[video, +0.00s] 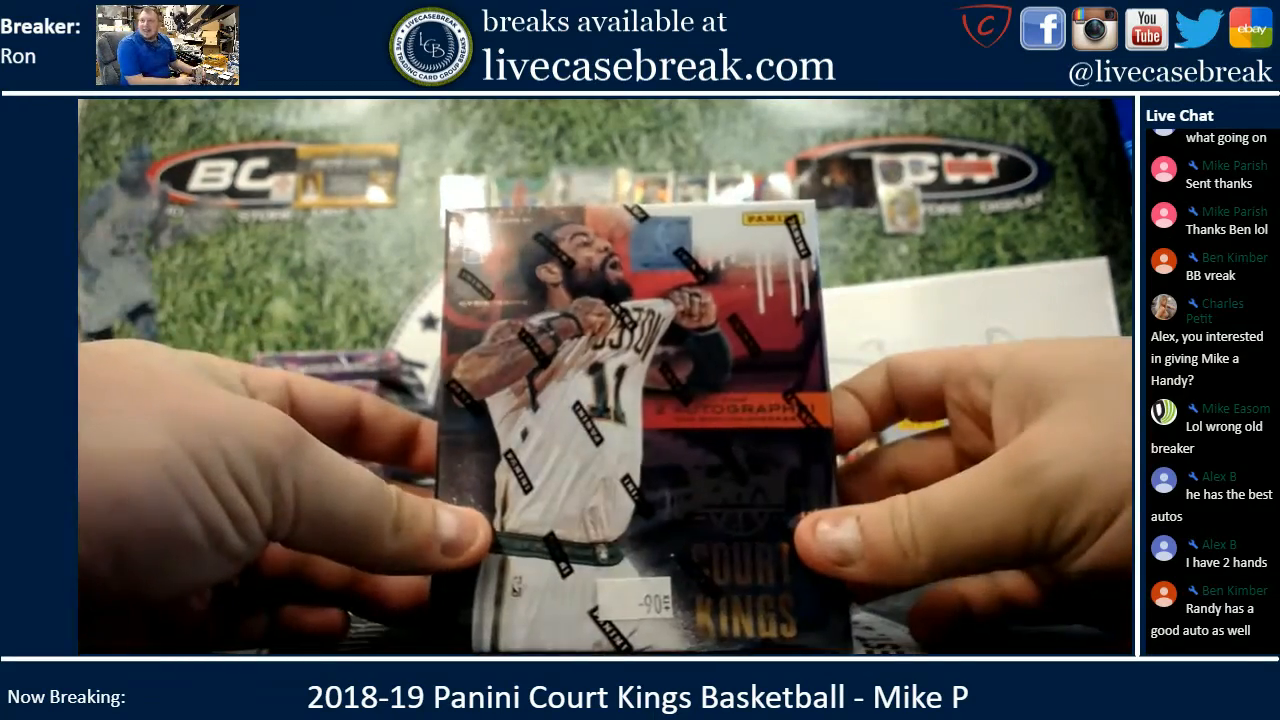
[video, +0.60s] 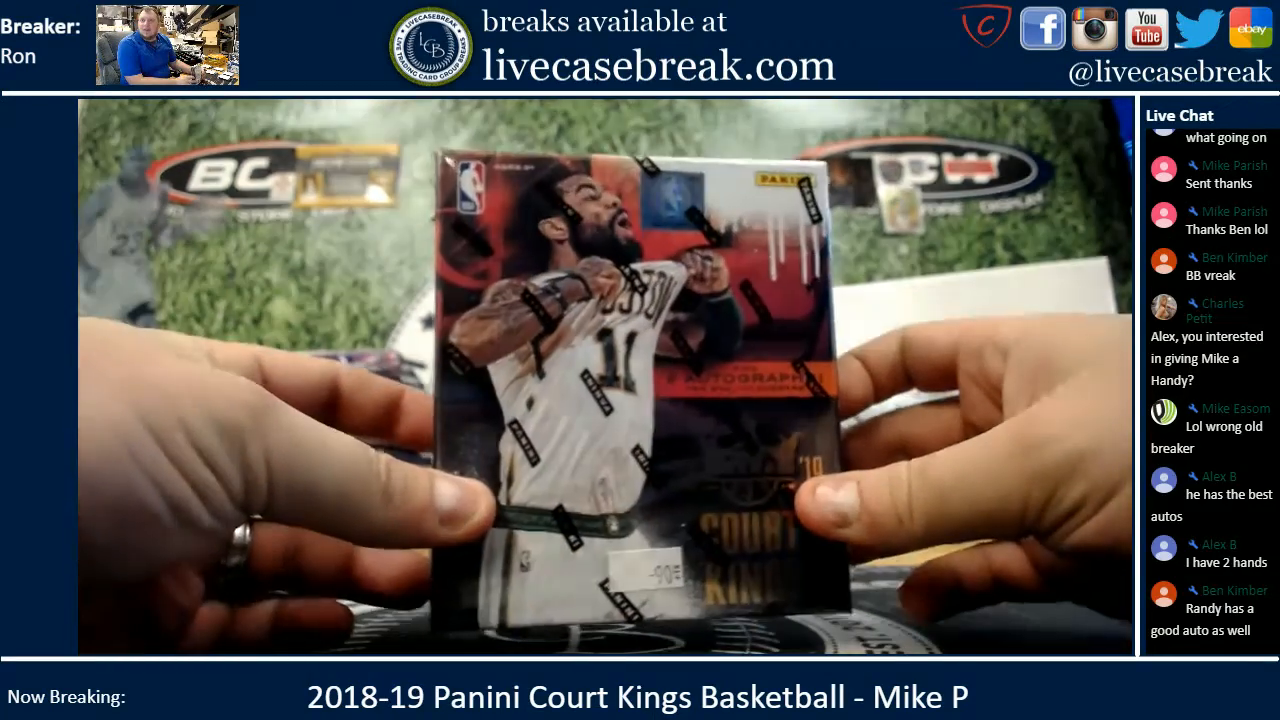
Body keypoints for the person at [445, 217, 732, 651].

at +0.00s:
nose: (605, 248)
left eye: (602, 241)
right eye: (582, 242)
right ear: (548, 273)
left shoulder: (634, 325)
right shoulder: (517, 333)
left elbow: (713, 375)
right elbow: (468, 381)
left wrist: (704, 329)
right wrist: (563, 326)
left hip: (611, 563)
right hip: (533, 566)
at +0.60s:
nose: (613, 199)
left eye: (605, 190)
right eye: (587, 194)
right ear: (554, 228)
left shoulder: (648, 284)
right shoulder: (517, 295)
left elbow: (722, 341)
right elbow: (467, 342)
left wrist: (717, 294)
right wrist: (570, 286)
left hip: (623, 532)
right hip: (540, 537)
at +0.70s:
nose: (600, 201)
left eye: (593, 193)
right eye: (575, 197)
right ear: (541, 230)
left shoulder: (631, 289)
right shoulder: (505, 296)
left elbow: (711, 339)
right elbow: (453, 348)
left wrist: (704, 292)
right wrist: (556, 288)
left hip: (609, 532)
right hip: (526, 536)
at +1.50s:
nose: (596, 232)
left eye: (593, 226)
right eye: (572, 226)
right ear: (540, 253)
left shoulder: (622, 298)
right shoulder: (506, 303)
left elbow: (696, 344)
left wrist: (689, 302)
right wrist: (558, 299)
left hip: (595, 518)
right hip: (518, 519)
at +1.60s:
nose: (598, 232)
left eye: (596, 226)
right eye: (574, 225)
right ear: (543, 252)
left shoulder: (624, 298)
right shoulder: (513, 306)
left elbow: (699, 346)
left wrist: (691, 302)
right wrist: (556, 297)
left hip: (596, 518)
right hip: (519, 517)